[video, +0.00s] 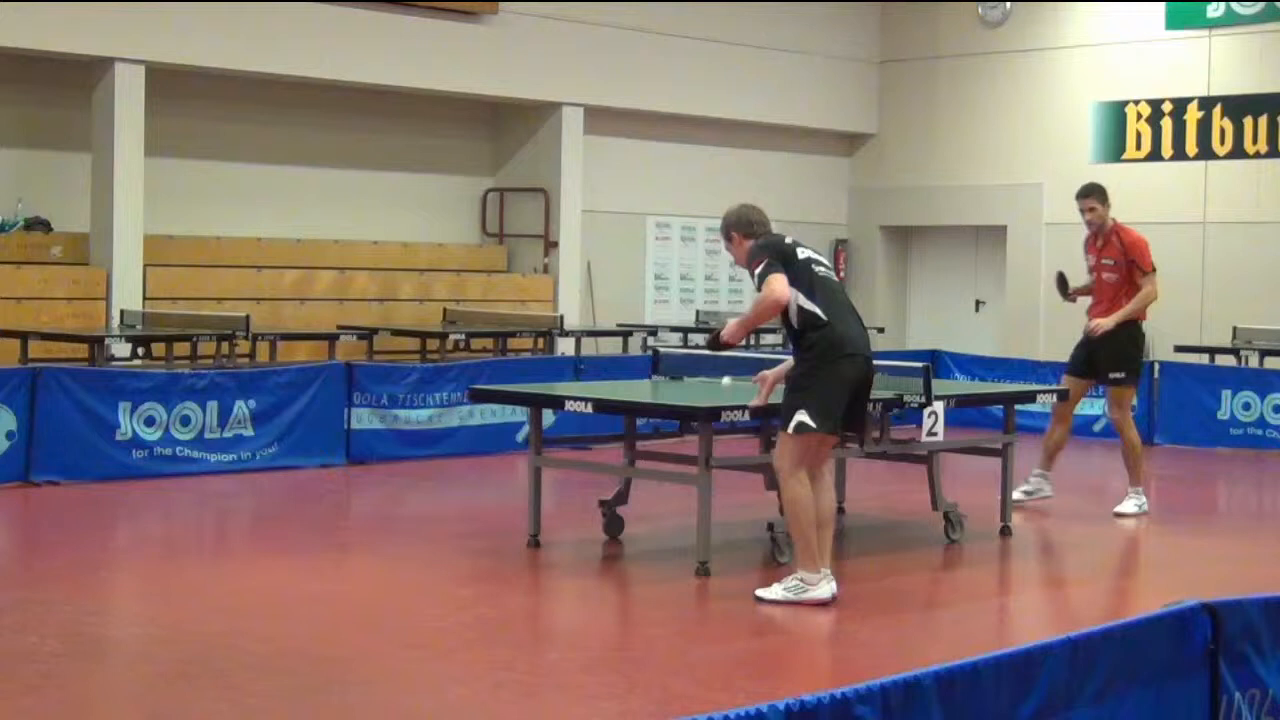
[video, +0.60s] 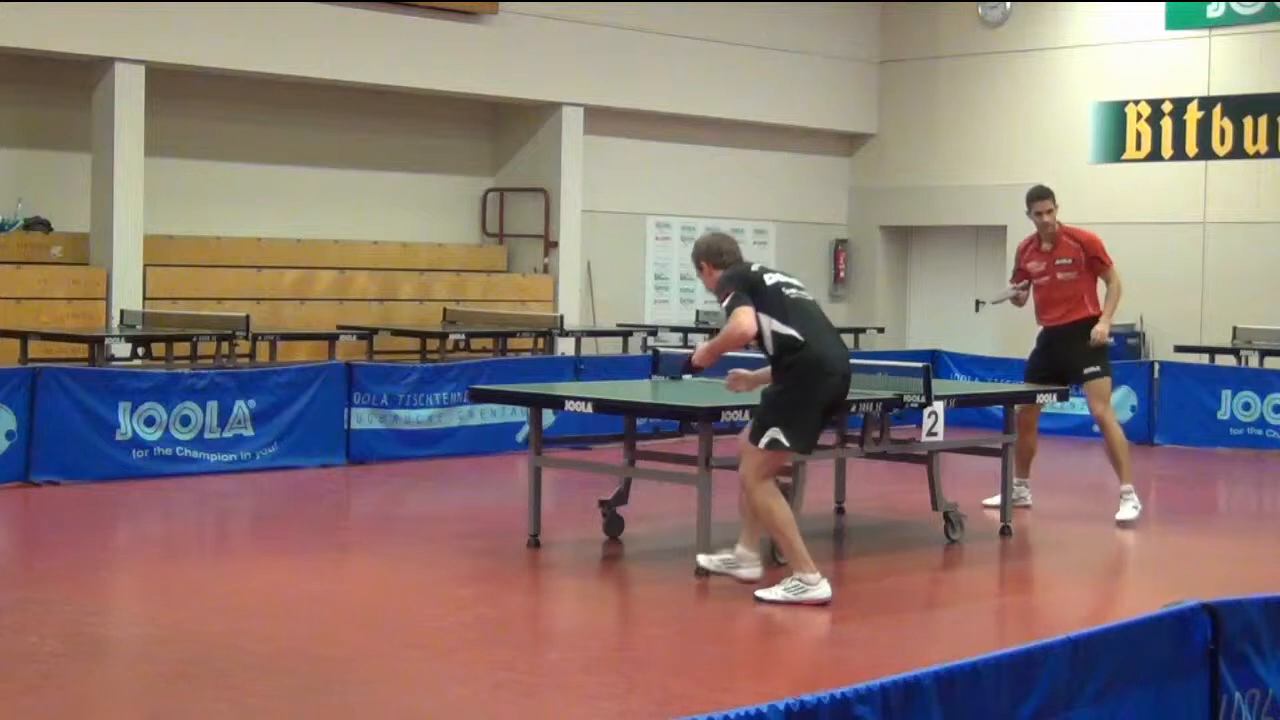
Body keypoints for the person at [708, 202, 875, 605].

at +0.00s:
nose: (731, 257)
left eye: (729, 248)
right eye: (728, 249)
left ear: (738, 238)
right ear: (764, 232)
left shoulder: (762, 251)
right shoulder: (802, 253)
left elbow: (779, 293)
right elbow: (829, 332)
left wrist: (743, 326)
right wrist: (778, 372)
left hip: (827, 361)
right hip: (855, 361)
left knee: (787, 463)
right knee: (816, 465)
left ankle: (809, 576)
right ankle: (822, 574)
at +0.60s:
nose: (704, 282)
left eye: (701, 274)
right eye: (701, 275)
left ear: (709, 267)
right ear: (736, 258)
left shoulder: (734, 280)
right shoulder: (771, 278)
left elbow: (744, 328)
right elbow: (807, 348)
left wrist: (707, 353)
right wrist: (756, 377)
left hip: (810, 374)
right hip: (836, 372)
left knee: (754, 474)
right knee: (751, 447)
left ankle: (808, 577)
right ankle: (747, 554)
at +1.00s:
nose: (666, 317)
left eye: (664, 309)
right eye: (664, 310)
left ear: (670, 305)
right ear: (698, 293)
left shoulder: (692, 316)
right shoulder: (725, 308)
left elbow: (690, 374)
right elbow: (738, 382)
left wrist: (666, 376)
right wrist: (689, 378)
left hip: (774, 393)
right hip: (802, 389)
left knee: (716, 491)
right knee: (723, 468)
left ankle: (800, 567)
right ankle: (719, 563)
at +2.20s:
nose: (647, 294)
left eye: (646, 287)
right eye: (646, 287)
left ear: (654, 286)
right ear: (681, 277)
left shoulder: (676, 307)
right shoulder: (700, 298)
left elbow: (644, 371)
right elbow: (675, 343)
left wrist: (624, 330)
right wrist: (635, 325)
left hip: (759, 403)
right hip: (752, 400)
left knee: (740, 509)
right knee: (697, 456)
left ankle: (825, 584)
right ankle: (717, 562)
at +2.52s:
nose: (674, 256)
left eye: (675, 250)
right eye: (675, 249)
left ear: (684, 255)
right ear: (712, 252)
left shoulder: (713, 287)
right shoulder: (721, 279)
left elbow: (727, 356)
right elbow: (695, 327)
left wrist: (688, 378)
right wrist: (644, 341)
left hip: (781, 398)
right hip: (771, 395)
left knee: (748, 510)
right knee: (719, 455)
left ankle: (838, 598)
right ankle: (721, 563)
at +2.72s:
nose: (663, 251)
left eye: (664, 245)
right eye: (665, 244)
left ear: (673, 251)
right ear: (695, 248)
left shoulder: (709, 271)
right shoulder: (697, 285)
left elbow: (765, 290)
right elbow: (720, 347)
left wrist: (733, 346)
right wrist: (674, 387)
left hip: (780, 384)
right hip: (759, 386)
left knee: (758, 502)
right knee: (740, 470)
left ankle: (838, 599)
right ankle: (731, 563)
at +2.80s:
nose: (656, 268)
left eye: (657, 261)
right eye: (656, 261)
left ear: (668, 263)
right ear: (688, 257)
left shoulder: (710, 274)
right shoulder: (698, 293)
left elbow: (753, 273)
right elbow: (726, 360)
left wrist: (701, 300)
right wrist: (691, 401)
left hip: (776, 387)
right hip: (756, 390)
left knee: (756, 504)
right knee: (739, 475)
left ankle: (839, 598)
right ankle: (729, 564)